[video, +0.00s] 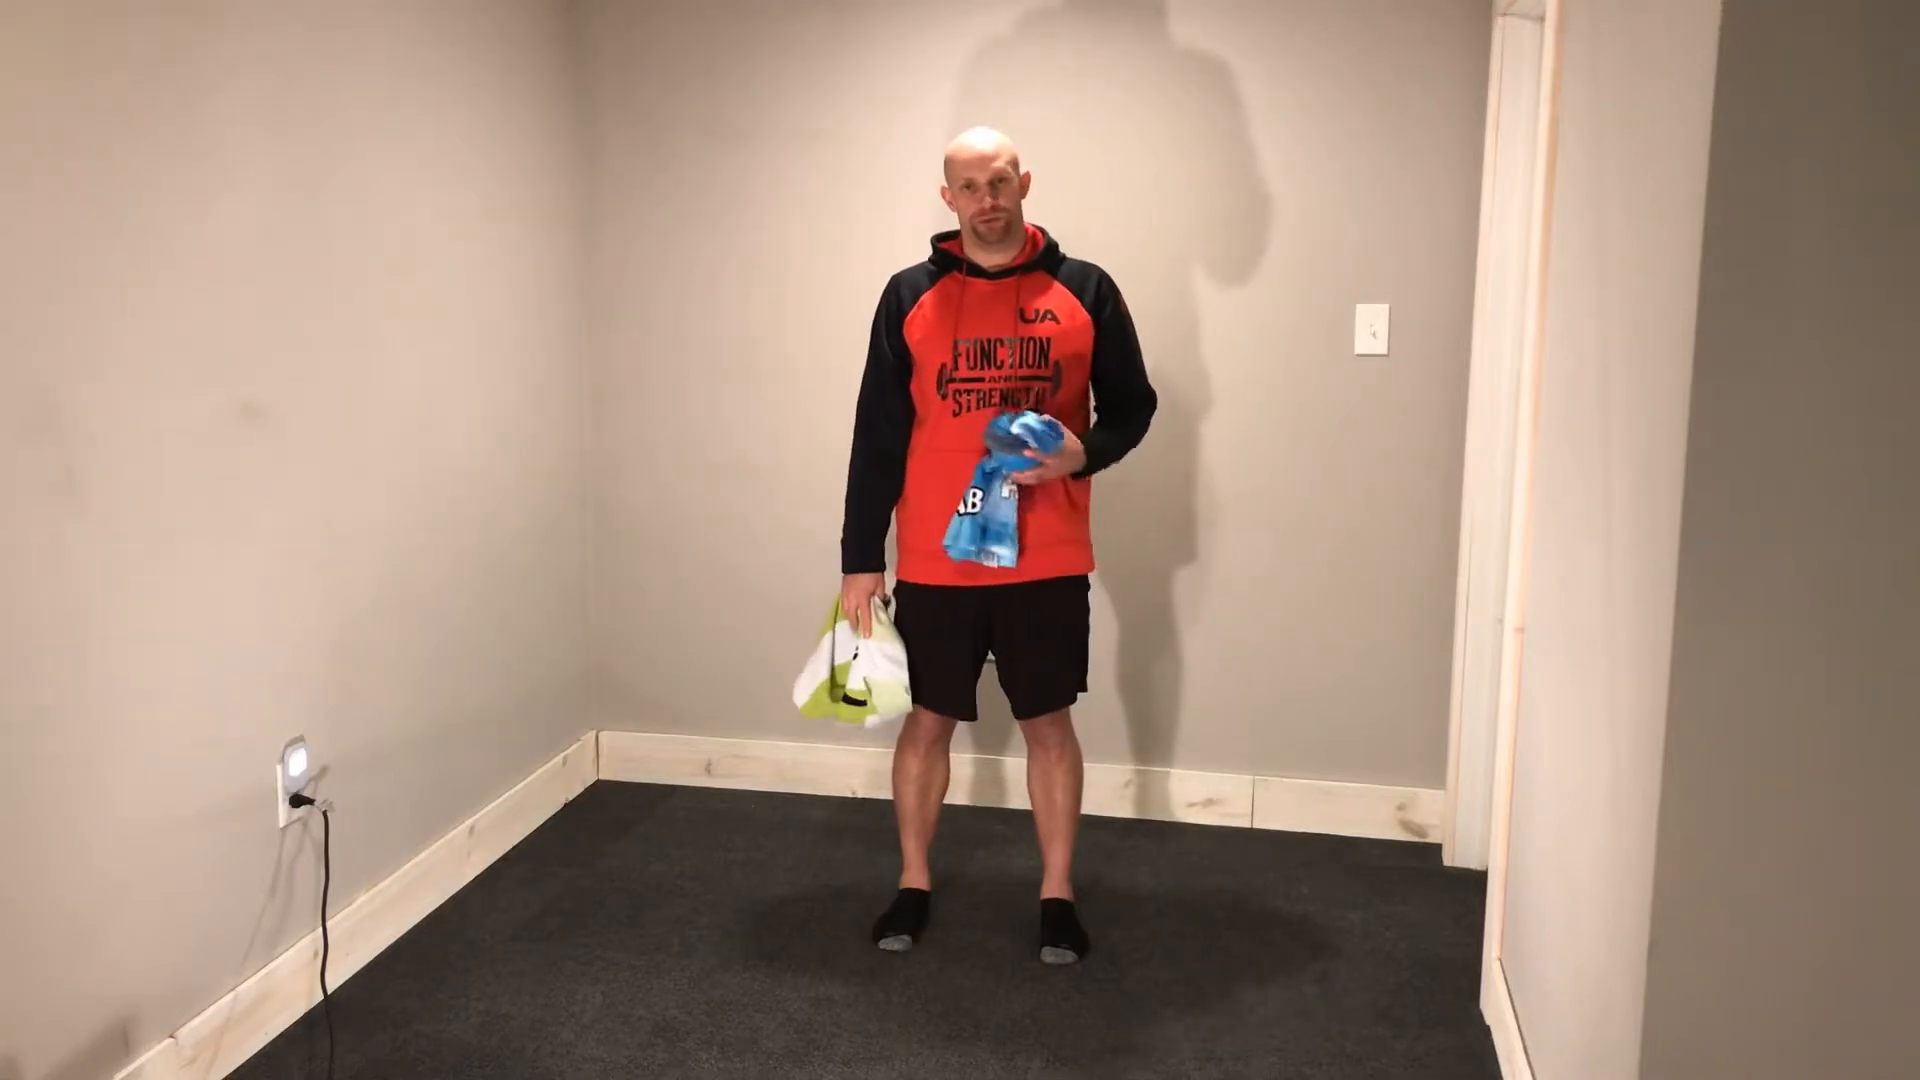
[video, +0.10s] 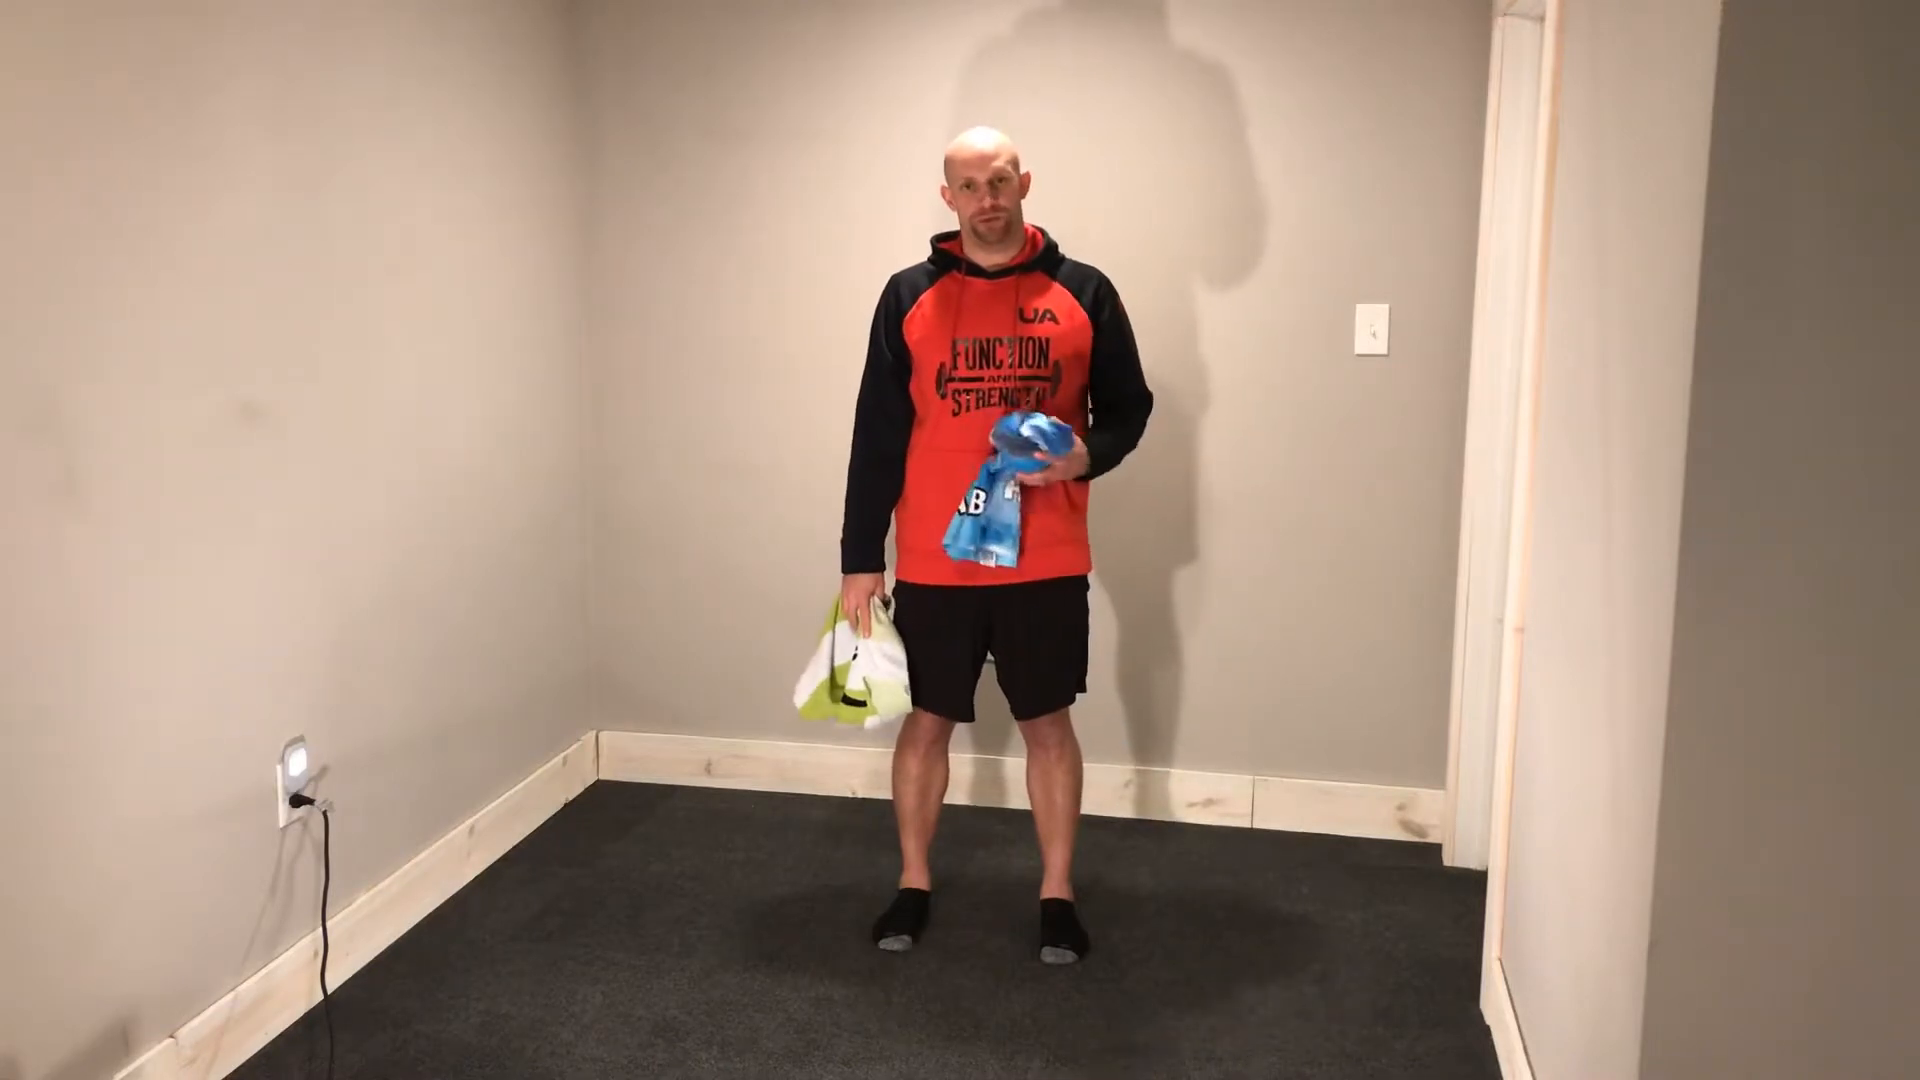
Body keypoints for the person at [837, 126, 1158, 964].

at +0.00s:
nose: (982, 201)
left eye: (996, 184)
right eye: (965, 187)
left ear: (1025, 184)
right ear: (946, 196)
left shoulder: (1085, 291)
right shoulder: (910, 297)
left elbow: (1133, 404)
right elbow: (878, 433)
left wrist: (1082, 455)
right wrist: (861, 557)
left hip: (1042, 556)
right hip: (937, 559)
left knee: (1047, 722)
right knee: (928, 721)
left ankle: (1057, 896)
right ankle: (912, 887)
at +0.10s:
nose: (984, 200)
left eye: (997, 183)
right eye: (968, 186)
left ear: (1024, 185)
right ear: (947, 194)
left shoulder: (1084, 293)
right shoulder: (909, 297)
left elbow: (1128, 406)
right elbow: (878, 434)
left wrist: (1083, 456)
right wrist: (861, 560)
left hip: (1041, 558)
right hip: (936, 560)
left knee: (1047, 725)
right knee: (927, 722)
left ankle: (1057, 897)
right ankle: (912, 887)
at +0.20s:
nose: (985, 198)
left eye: (998, 181)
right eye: (969, 184)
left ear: (1024, 186)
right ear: (948, 195)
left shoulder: (1082, 295)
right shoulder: (908, 297)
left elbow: (1122, 409)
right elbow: (876, 433)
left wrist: (1083, 457)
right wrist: (860, 557)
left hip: (1041, 557)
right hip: (935, 559)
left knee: (1046, 723)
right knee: (926, 721)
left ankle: (1057, 896)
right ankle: (912, 887)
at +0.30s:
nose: (985, 196)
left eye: (999, 180)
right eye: (969, 183)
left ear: (1025, 186)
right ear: (948, 193)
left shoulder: (1081, 295)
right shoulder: (908, 296)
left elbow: (1121, 411)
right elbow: (874, 432)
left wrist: (1093, 446)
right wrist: (858, 556)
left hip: (1041, 557)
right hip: (935, 558)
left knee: (1045, 723)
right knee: (926, 722)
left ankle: (1057, 896)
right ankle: (911, 887)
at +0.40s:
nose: (984, 195)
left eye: (999, 180)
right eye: (968, 182)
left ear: (1025, 188)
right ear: (948, 193)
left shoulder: (1079, 294)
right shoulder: (908, 296)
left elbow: (1122, 411)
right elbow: (873, 432)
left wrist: (1097, 442)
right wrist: (855, 558)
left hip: (1039, 557)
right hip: (934, 558)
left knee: (1044, 723)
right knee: (925, 722)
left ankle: (1058, 896)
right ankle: (911, 888)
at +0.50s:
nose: (986, 195)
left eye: (999, 180)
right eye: (969, 182)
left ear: (1024, 188)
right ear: (947, 193)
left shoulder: (1079, 294)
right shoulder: (907, 297)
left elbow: (1123, 412)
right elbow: (873, 434)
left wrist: (1098, 439)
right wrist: (856, 558)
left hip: (1038, 560)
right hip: (933, 561)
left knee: (1044, 724)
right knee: (924, 723)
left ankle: (1057, 896)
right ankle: (911, 888)